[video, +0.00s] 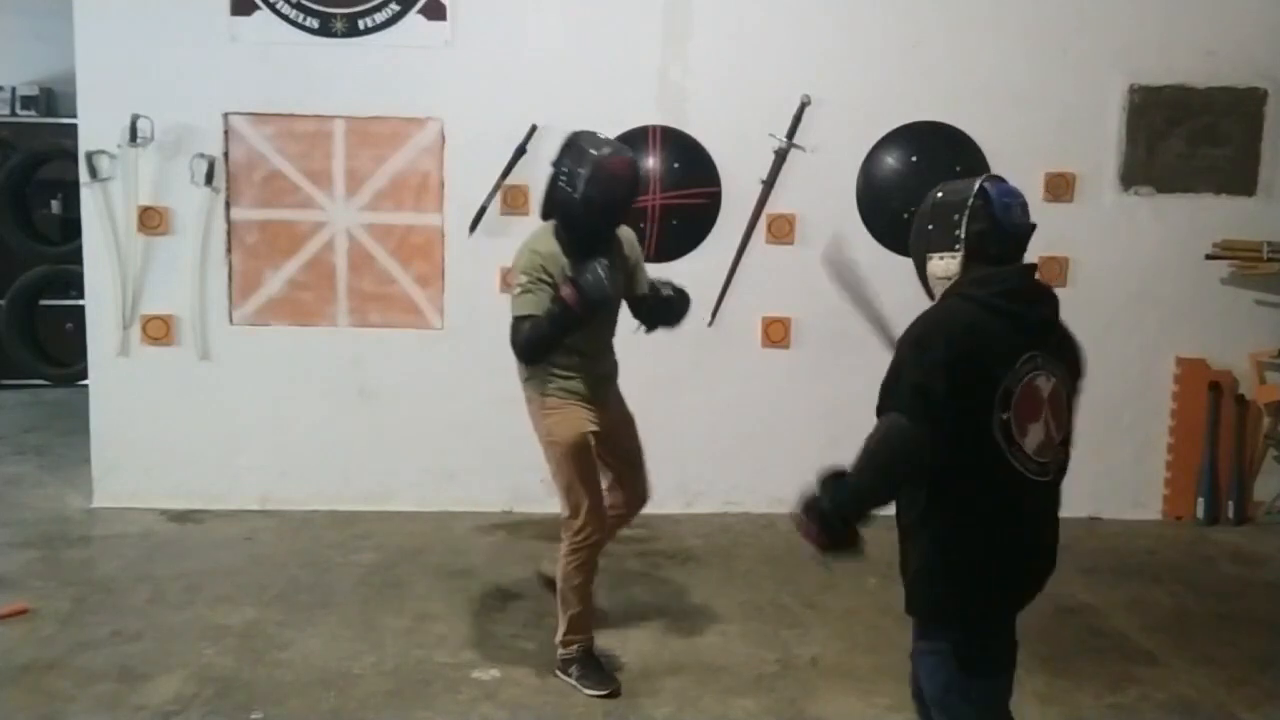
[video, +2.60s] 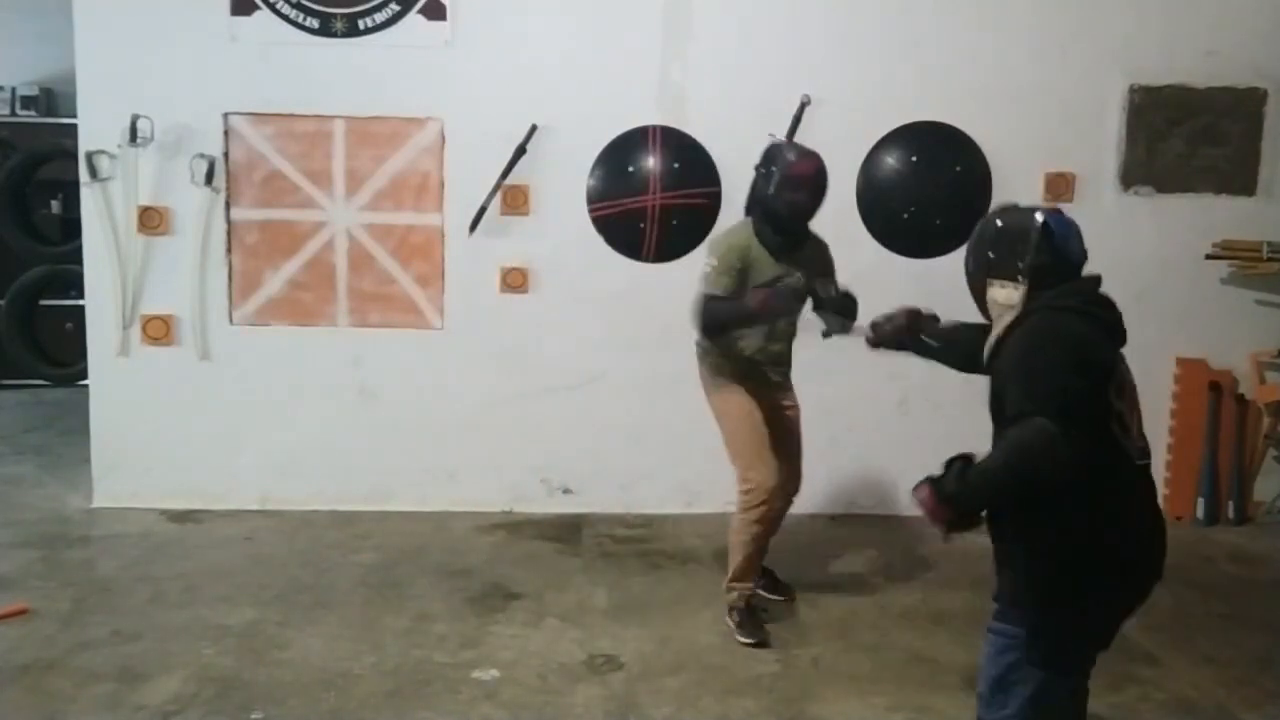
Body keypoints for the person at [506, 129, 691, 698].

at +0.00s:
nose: (616, 204)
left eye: (620, 194)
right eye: (605, 192)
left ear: (619, 198)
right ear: (574, 191)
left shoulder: (620, 242)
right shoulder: (540, 251)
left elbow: (645, 307)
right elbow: (526, 343)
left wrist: (668, 303)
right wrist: (574, 299)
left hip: (603, 389)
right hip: (555, 396)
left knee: (630, 492)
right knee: (585, 522)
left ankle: (566, 570)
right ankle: (572, 650)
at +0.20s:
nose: (644, 234)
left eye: (648, 225)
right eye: (637, 223)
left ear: (646, 225)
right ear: (609, 216)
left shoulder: (647, 257)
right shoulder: (562, 264)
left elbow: (687, 321)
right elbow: (547, 351)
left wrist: (698, 302)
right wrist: (596, 307)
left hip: (621, 387)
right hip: (571, 392)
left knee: (657, 487)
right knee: (602, 520)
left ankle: (644, 567)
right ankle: (576, 649)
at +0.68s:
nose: (666, 212)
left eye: (674, 203)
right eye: (658, 201)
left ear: (681, 206)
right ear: (637, 200)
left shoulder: (688, 246)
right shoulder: (599, 250)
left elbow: (705, 301)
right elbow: (556, 313)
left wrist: (713, 330)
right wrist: (584, 326)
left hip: (667, 380)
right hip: (617, 379)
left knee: (677, 480)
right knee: (638, 486)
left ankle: (657, 564)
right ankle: (611, 587)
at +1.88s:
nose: (698, 189)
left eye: (704, 180)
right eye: (688, 179)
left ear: (710, 186)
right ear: (663, 182)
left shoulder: (701, 236)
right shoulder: (628, 236)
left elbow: (696, 293)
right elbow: (594, 308)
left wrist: (715, 317)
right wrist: (638, 313)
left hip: (676, 367)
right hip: (628, 366)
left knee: (704, 460)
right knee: (622, 472)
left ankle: (716, 561)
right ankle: (608, 571)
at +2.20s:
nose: (757, 192)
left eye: (762, 183)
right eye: (747, 181)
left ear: (766, 186)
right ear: (718, 182)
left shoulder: (760, 239)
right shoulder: (687, 236)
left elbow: (765, 298)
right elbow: (652, 308)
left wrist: (779, 321)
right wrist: (692, 312)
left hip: (738, 378)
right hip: (687, 377)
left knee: (759, 468)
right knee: (673, 477)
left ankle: (745, 566)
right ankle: (620, 564)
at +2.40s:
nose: (785, 189)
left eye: (792, 179)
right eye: (776, 177)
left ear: (798, 182)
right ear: (748, 176)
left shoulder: (794, 235)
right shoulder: (714, 233)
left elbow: (805, 292)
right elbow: (679, 305)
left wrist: (821, 312)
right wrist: (719, 306)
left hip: (762, 368)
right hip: (713, 363)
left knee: (769, 467)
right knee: (726, 464)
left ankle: (747, 568)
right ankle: (692, 575)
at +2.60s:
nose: (802, 202)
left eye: (811, 193)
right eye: (793, 190)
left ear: (818, 198)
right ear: (767, 188)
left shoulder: (813, 251)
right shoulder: (733, 244)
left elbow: (835, 314)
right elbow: (708, 319)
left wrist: (836, 306)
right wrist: (763, 304)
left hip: (775, 375)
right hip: (727, 371)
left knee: (787, 482)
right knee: (761, 481)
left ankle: (751, 567)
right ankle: (738, 596)